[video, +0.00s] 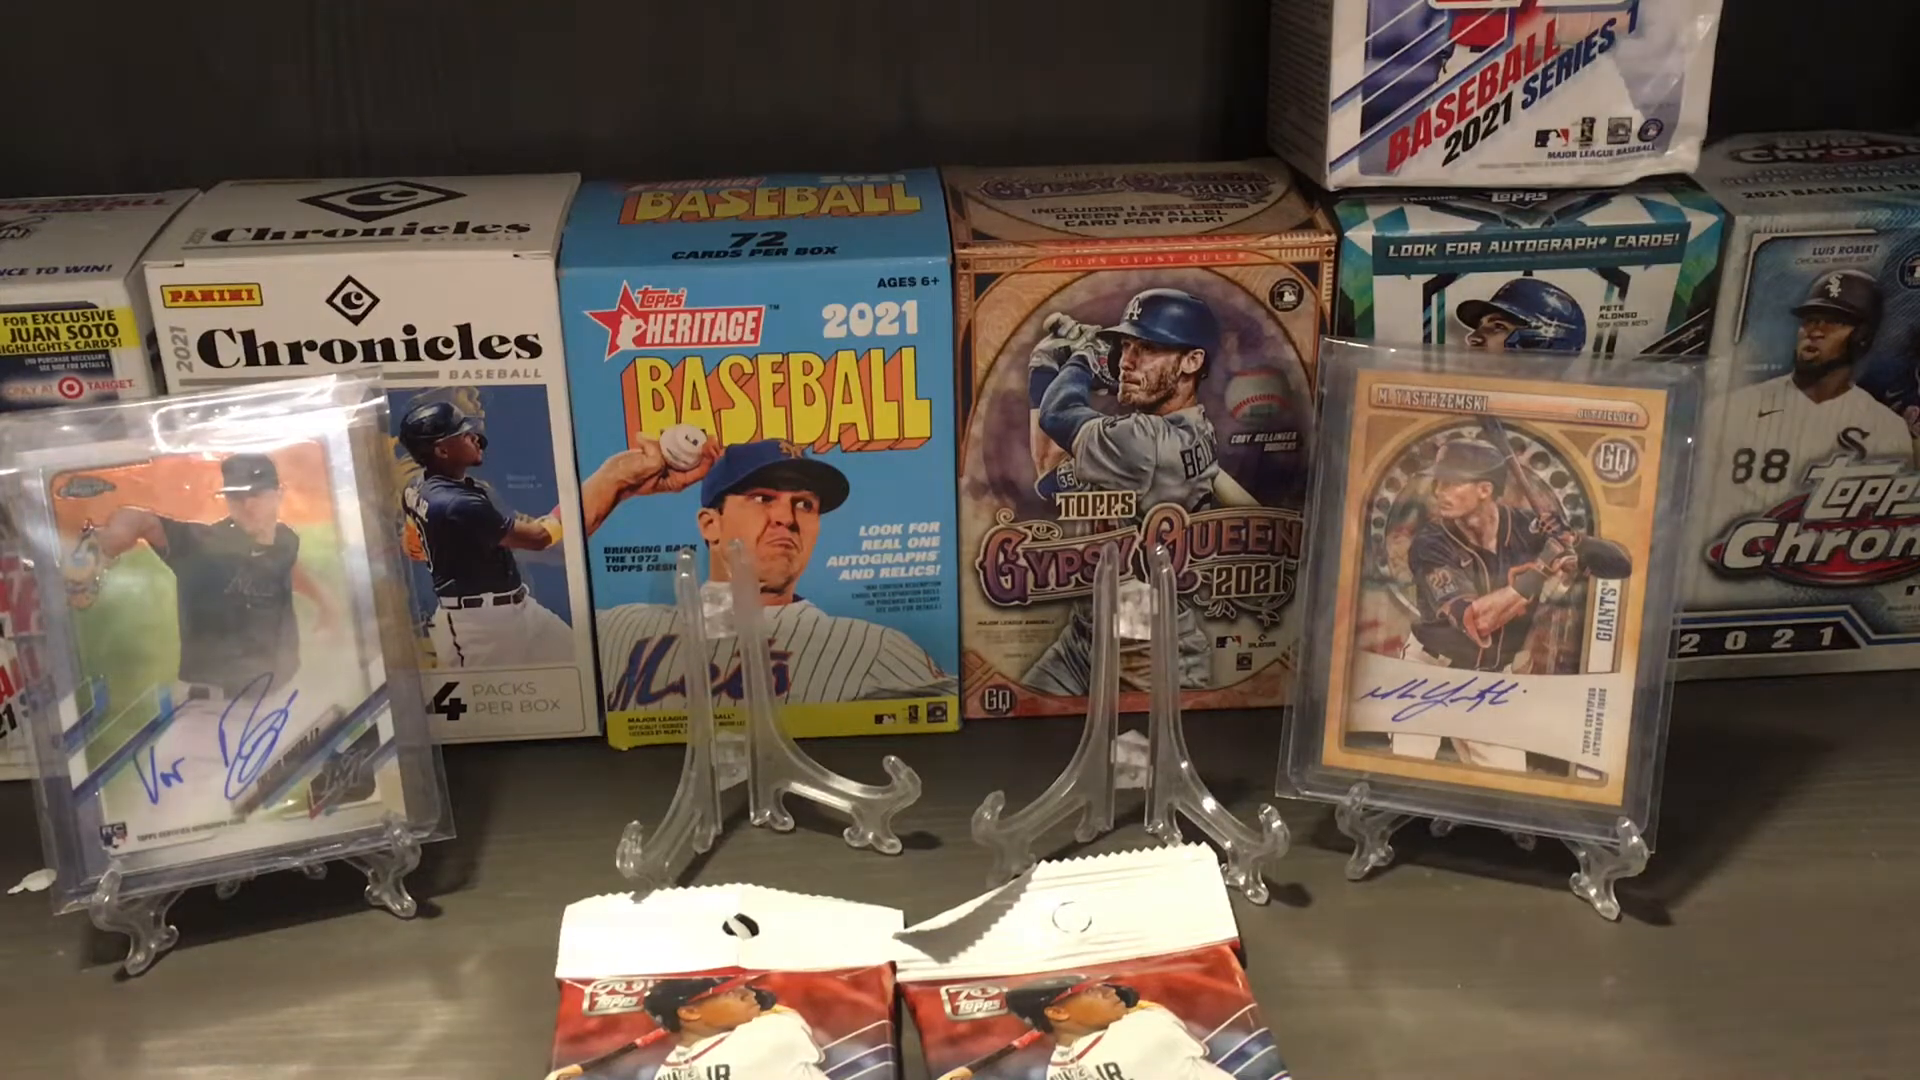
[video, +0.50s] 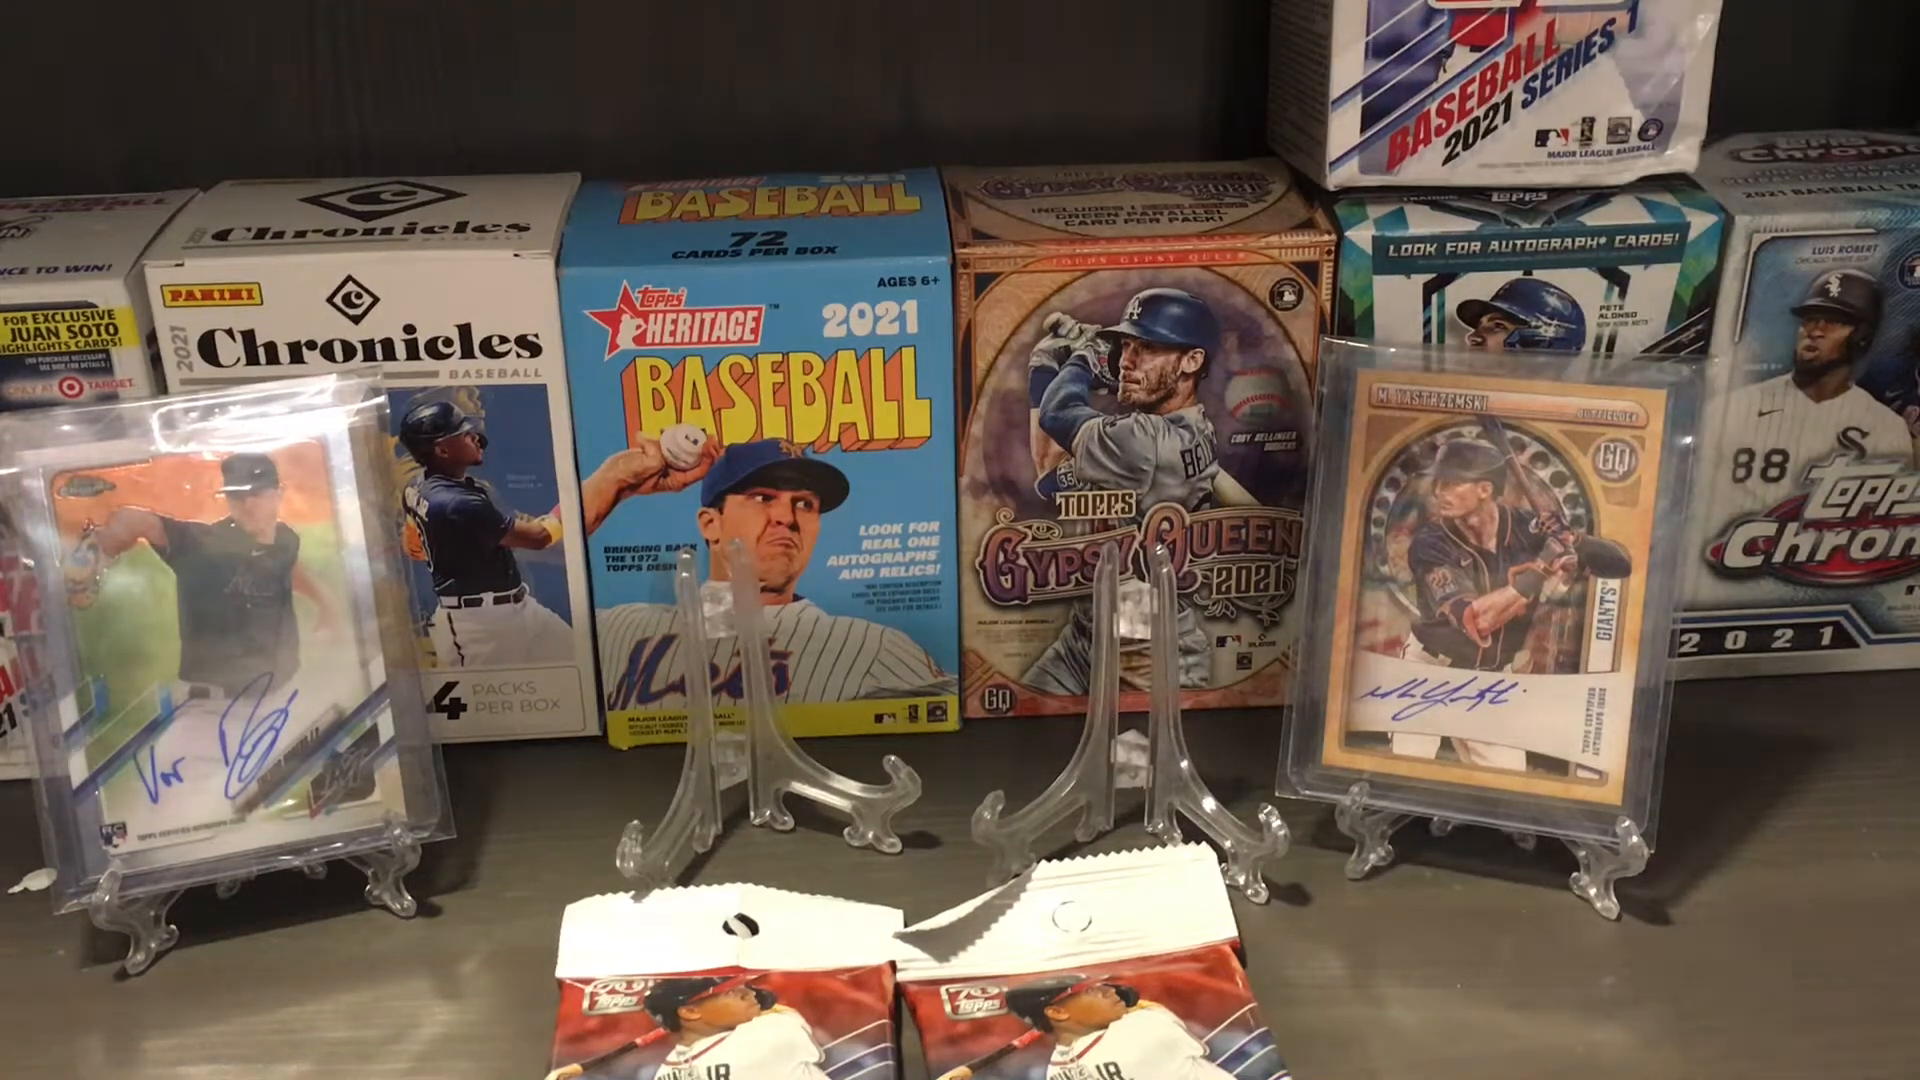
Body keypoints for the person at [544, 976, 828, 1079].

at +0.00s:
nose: (744, 993)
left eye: (734, 987)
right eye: (726, 993)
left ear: (690, 1015)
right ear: (691, 1014)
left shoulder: (666, 1072)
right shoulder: (777, 1034)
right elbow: (779, 1007)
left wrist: (575, 1073)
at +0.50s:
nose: (744, 993)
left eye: (733, 987)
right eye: (726, 993)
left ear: (690, 1015)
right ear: (692, 1014)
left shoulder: (666, 1071)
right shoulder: (778, 1034)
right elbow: (778, 1007)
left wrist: (577, 1072)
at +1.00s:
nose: (742, 993)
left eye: (732, 986)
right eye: (724, 993)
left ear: (690, 1015)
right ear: (691, 1014)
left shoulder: (666, 1072)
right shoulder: (777, 1034)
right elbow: (780, 1008)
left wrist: (577, 1072)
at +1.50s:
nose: (743, 993)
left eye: (733, 987)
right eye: (725, 993)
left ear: (690, 1015)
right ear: (691, 1014)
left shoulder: (667, 1071)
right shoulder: (778, 1034)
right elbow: (780, 1008)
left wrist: (577, 1071)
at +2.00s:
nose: (743, 992)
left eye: (733, 986)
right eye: (726, 992)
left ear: (690, 1015)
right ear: (691, 1014)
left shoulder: (666, 1071)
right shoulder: (778, 1034)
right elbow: (780, 1008)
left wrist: (576, 1072)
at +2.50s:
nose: (743, 993)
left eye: (733, 987)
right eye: (725, 993)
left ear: (690, 1015)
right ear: (692, 1014)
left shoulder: (666, 1071)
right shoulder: (778, 1034)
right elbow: (781, 1009)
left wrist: (576, 1072)